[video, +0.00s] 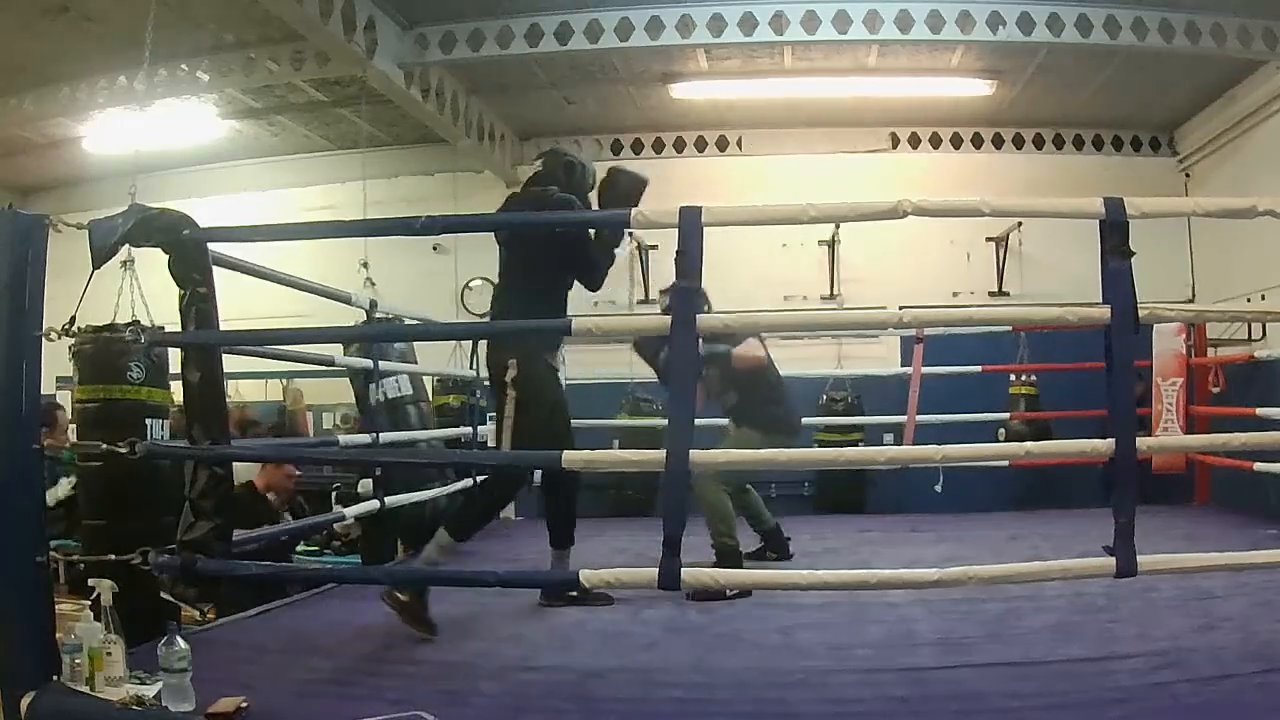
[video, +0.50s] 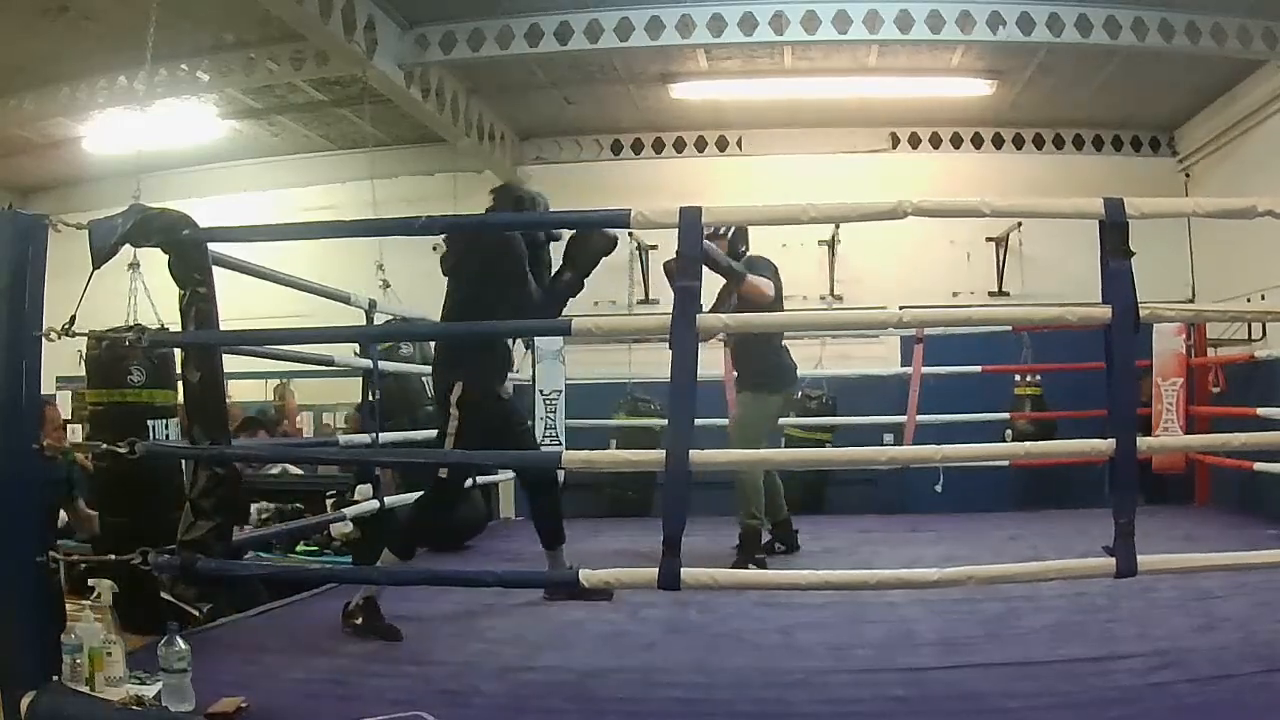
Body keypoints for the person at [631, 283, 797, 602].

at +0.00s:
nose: (676, 320)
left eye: (680, 312)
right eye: (671, 313)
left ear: (696, 312)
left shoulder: (730, 330)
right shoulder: (701, 351)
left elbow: (758, 356)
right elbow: (695, 402)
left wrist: (714, 357)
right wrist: (667, 364)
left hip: (767, 425)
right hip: (746, 426)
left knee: (706, 477)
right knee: (729, 478)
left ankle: (728, 561)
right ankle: (775, 543)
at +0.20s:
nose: (688, 313)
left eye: (689, 306)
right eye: (686, 307)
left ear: (704, 301)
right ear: (716, 296)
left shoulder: (734, 315)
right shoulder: (722, 339)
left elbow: (744, 340)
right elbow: (708, 389)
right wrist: (670, 355)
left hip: (765, 424)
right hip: (772, 426)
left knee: (710, 468)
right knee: (735, 477)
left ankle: (725, 557)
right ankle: (777, 541)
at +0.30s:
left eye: (695, 274)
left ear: (713, 269)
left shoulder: (743, 286)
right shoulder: (723, 313)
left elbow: (750, 304)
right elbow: (702, 357)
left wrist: (717, 286)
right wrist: (679, 323)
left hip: (767, 393)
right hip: (756, 396)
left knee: (735, 466)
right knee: (744, 470)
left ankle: (730, 549)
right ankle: (777, 539)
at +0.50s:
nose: (707, 249)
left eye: (712, 241)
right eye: (705, 243)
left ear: (730, 239)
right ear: (711, 247)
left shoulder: (758, 266)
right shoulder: (730, 287)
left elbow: (765, 294)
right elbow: (707, 328)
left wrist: (722, 267)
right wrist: (680, 286)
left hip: (768, 382)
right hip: (752, 382)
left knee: (745, 456)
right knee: (753, 455)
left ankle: (751, 549)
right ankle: (784, 534)